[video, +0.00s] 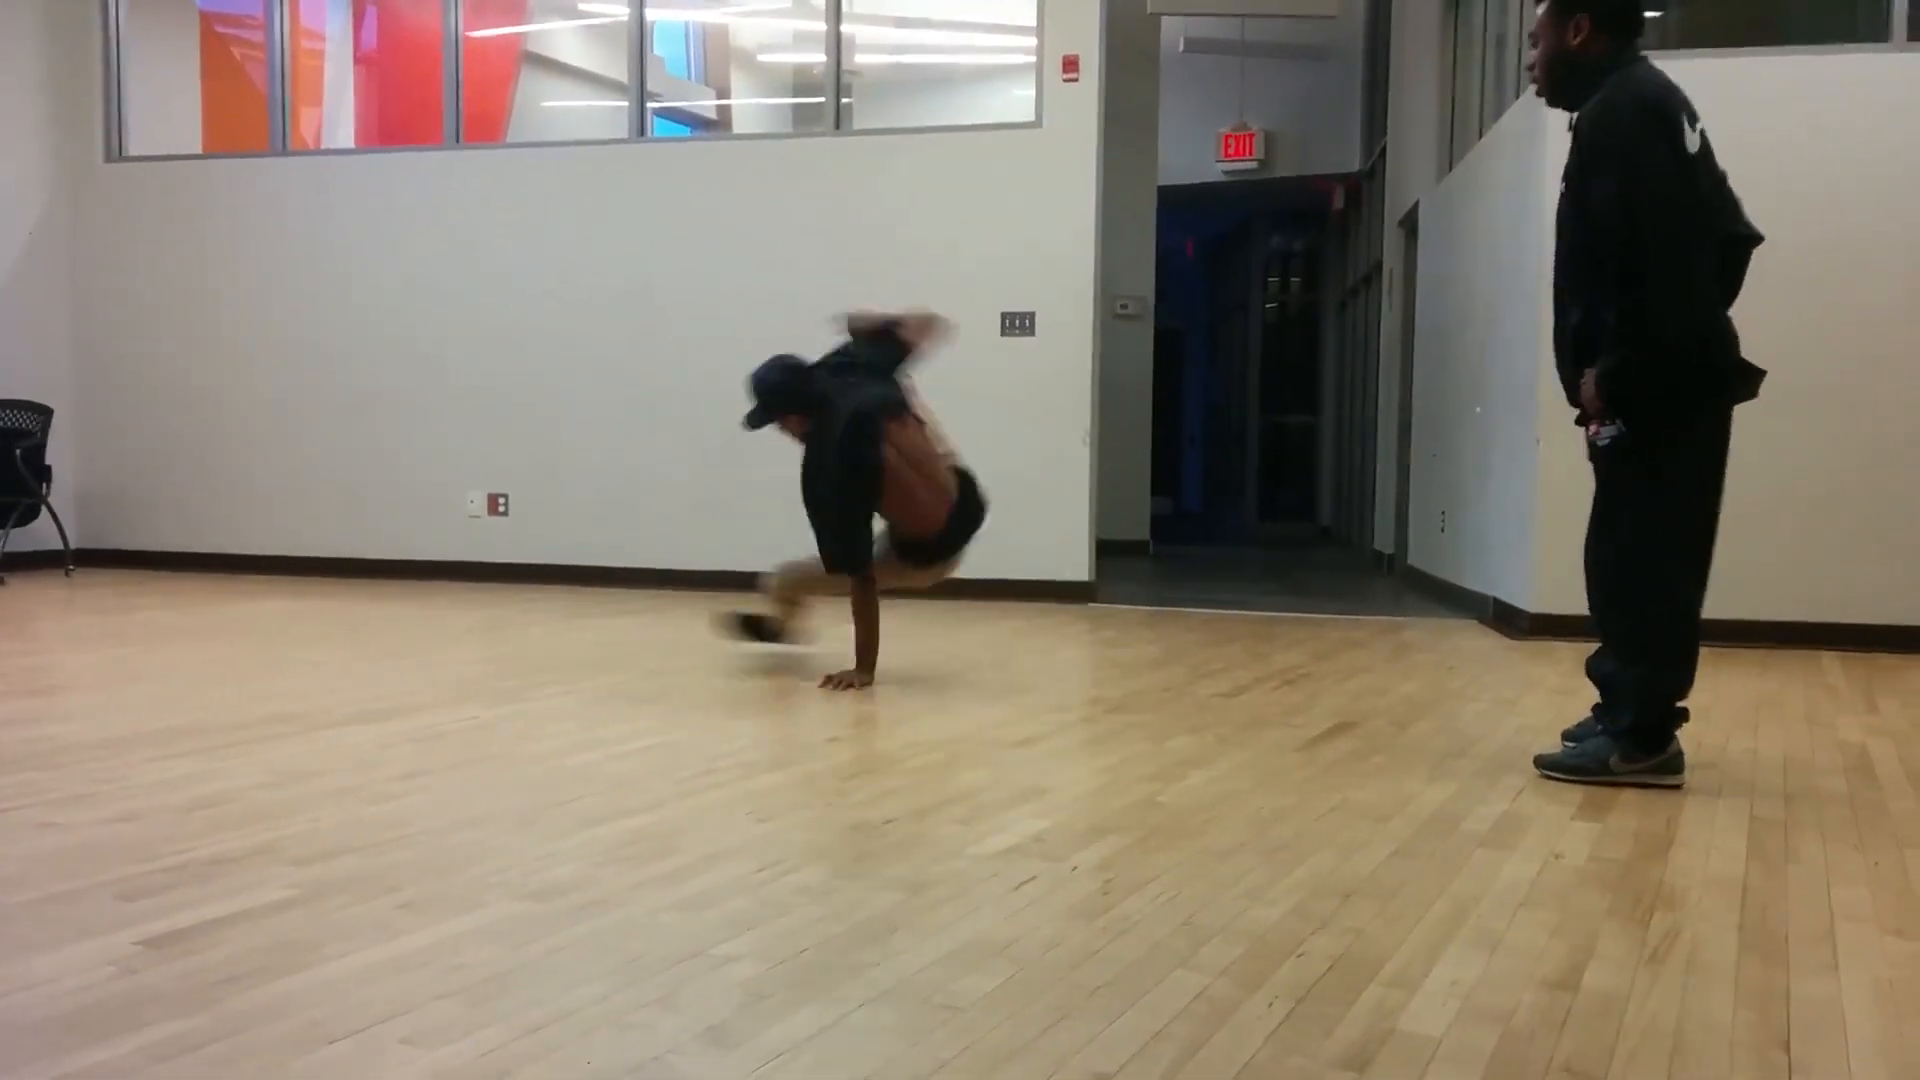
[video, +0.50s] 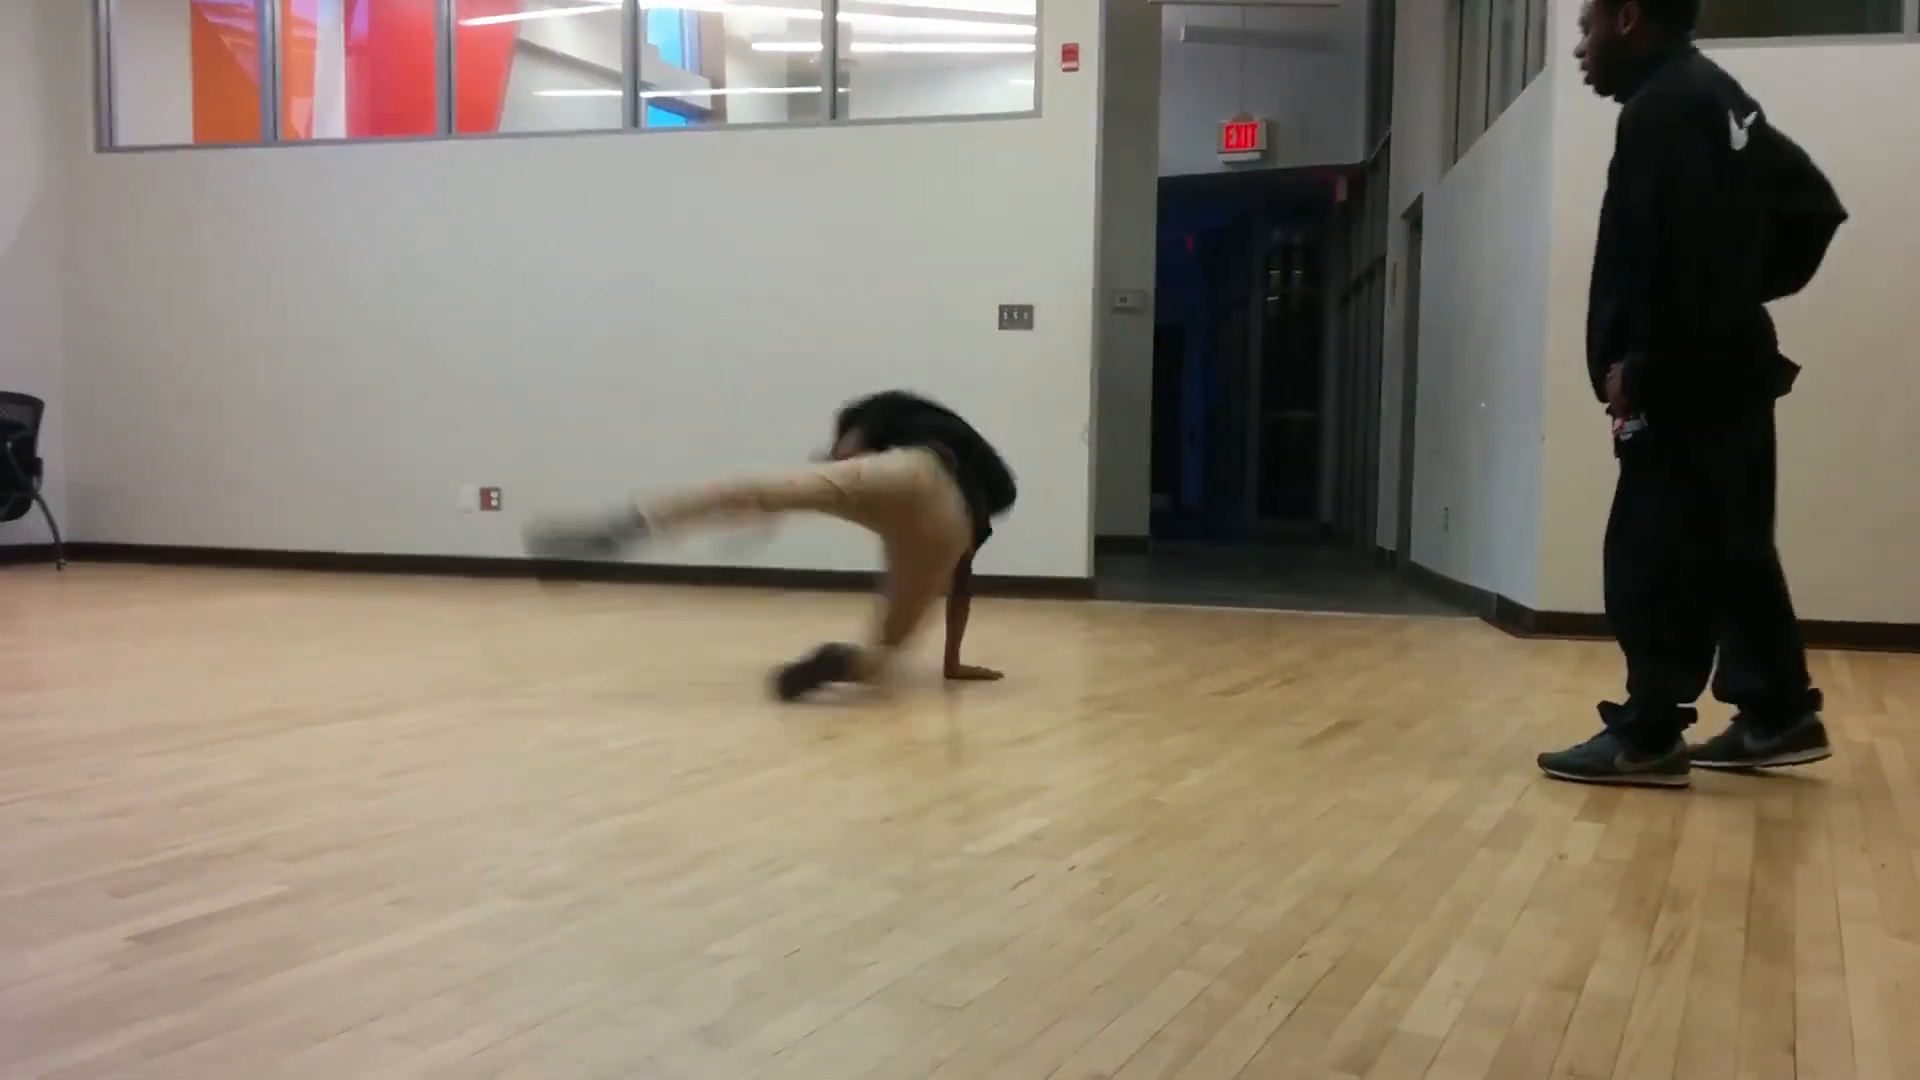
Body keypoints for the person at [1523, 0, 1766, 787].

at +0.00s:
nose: (1529, 60)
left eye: (1537, 39)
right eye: (1530, 42)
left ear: (1583, 35)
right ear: (1594, 37)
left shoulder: (1623, 109)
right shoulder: (1653, 100)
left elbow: (1643, 265)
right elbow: (1731, 236)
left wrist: (1606, 372)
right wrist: (1664, 348)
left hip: (1654, 393)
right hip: (1676, 388)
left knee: (1636, 556)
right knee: (1647, 553)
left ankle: (1639, 735)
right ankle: (1635, 723)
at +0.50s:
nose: (1578, 47)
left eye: (1587, 26)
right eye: (1580, 29)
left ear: (1632, 24)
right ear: (1647, 26)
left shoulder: (1657, 110)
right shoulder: (1716, 95)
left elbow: (1636, 246)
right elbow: (1810, 208)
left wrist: (1624, 360)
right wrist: (1735, 287)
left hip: (1679, 386)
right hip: (1735, 377)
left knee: (1647, 553)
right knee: (1736, 545)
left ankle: (1648, 732)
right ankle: (1780, 714)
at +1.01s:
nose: (1679, 41)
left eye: (1689, 22)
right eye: (1681, 25)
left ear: (1732, 24)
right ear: (1752, 30)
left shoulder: (1731, 108)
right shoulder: (1814, 101)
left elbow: (1725, 243)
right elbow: (1903, 216)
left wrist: (1693, 356)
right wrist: (1842, 303)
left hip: (1746, 378)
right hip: (1828, 377)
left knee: (1685, 535)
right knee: (1810, 548)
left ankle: (1670, 718)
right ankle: (1794, 728)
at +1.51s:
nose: (1706, 69)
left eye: (1713, 46)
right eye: (1706, 51)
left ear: (1763, 36)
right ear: (1770, 38)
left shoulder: (1799, 99)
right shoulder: (1834, 99)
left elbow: (1802, 238)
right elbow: (1902, 220)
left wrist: (1767, 344)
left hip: (1795, 382)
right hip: (1855, 381)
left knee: (1729, 530)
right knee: (1828, 545)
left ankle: (1732, 720)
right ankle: (1808, 727)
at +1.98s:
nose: (1666, 80)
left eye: (1675, 59)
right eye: (1665, 63)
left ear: (1727, 47)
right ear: (1727, 51)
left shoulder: (1774, 116)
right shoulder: (1759, 118)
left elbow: (1815, 270)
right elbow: (1816, 268)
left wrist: (1738, 374)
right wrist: (1715, 369)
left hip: (1774, 405)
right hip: (1751, 405)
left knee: (1754, 566)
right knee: (1730, 562)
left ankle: (1748, 752)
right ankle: (1723, 736)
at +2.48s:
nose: (1577, 71)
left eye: (1589, 52)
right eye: (1578, 54)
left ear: (1647, 48)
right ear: (1642, 52)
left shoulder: (1692, 130)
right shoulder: (1664, 132)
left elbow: (1730, 277)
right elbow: (1684, 279)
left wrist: (1658, 389)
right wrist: (1621, 382)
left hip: (1684, 425)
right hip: (1652, 423)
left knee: (1674, 596)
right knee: (1645, 592)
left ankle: (1675, 787)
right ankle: (1642, 753)